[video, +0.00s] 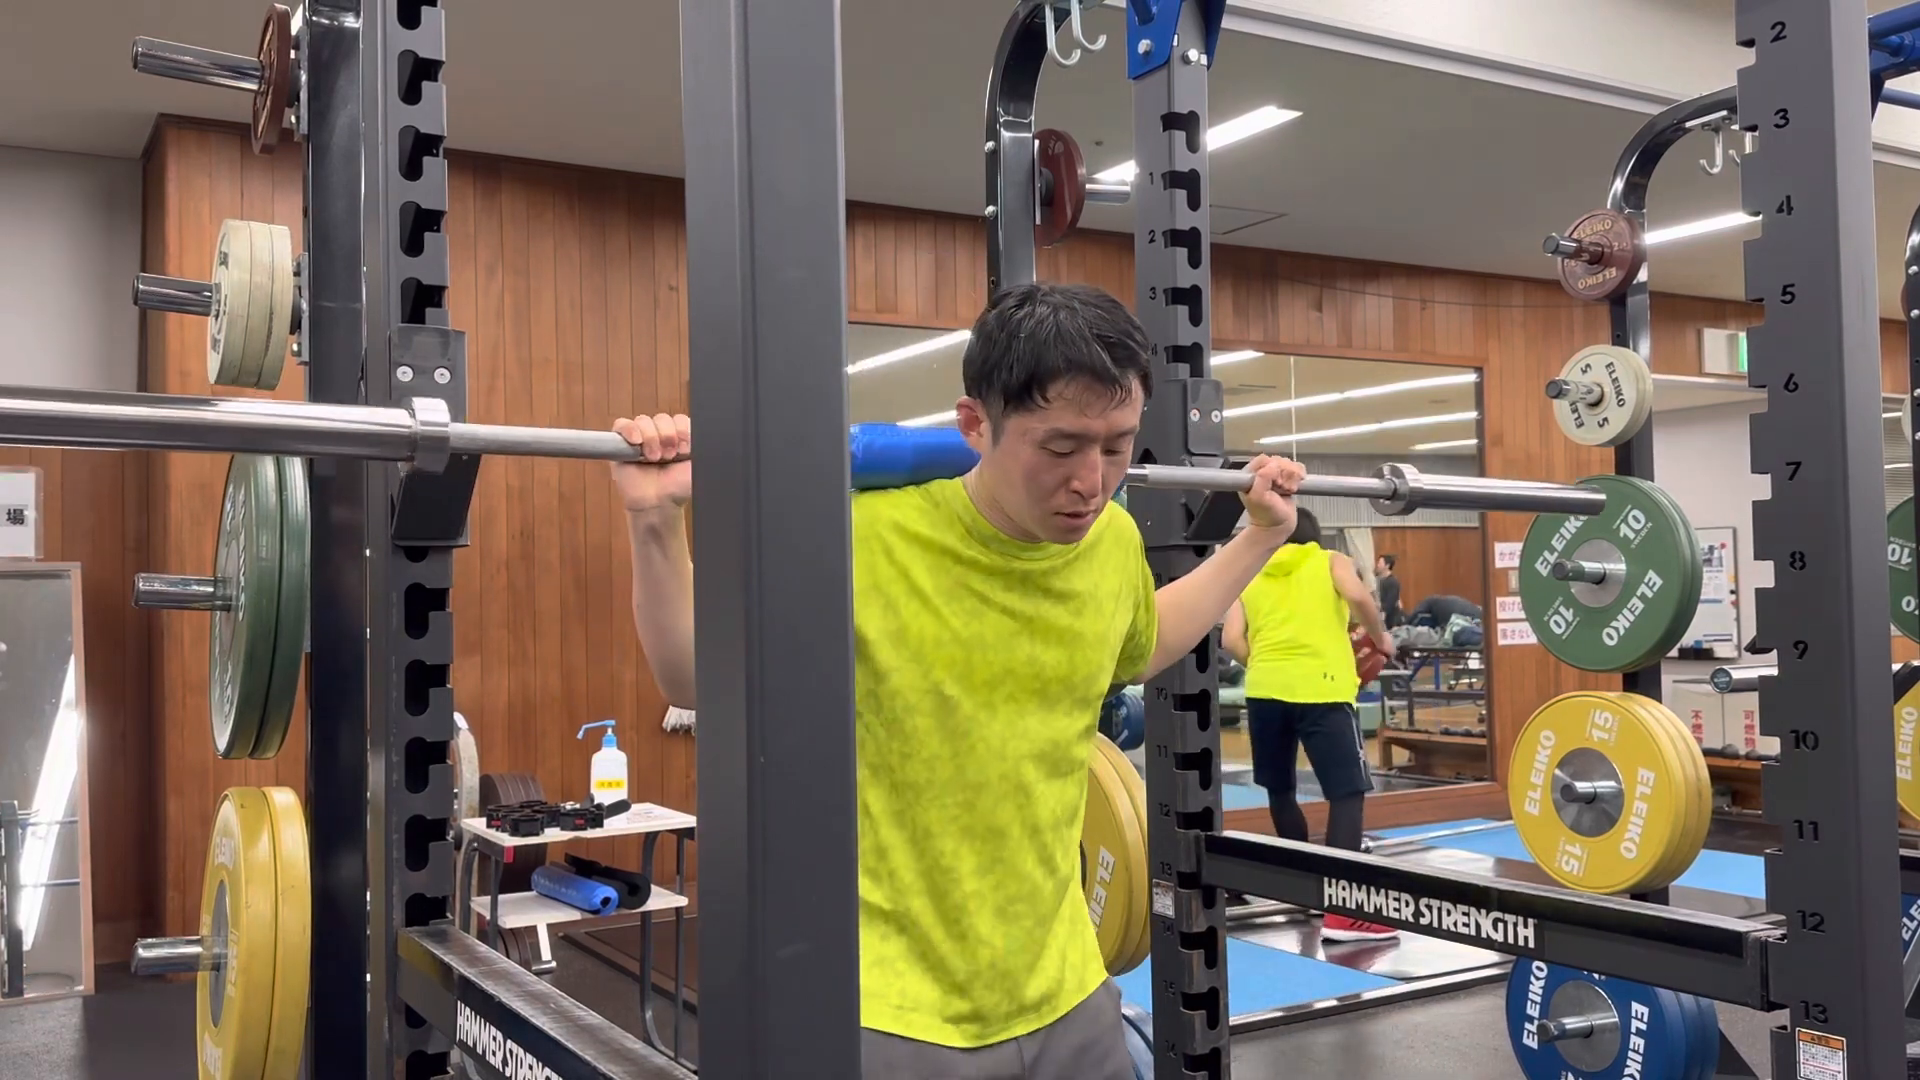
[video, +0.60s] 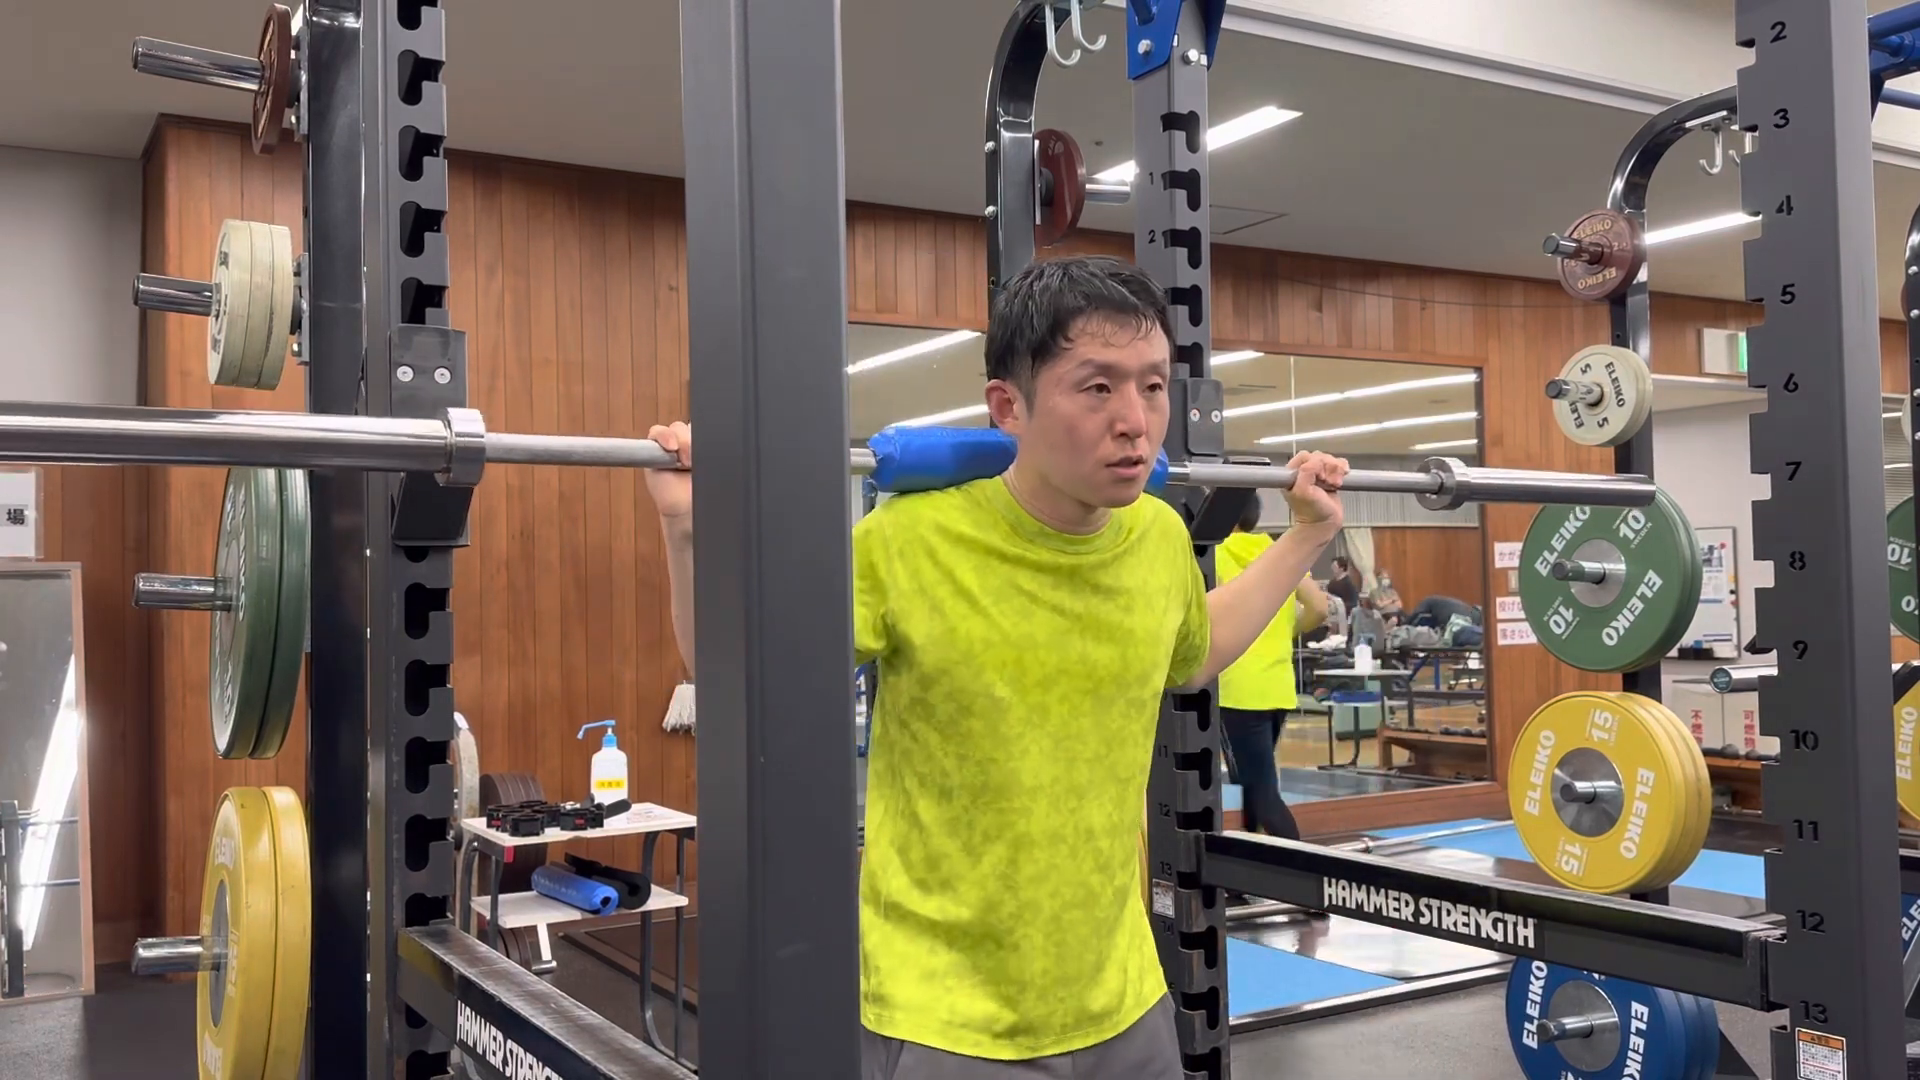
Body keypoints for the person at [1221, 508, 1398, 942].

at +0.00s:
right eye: (1318, 530)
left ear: (1272, 540)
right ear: (1314, 536)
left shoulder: (1249, 576)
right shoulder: (1330, 560)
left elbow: (1231, 639)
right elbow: (1357, 595)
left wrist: (1264, 662)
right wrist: (1379, 635)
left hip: (1264, 693)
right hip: (1323, 692)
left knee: (1280, 796)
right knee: (1346, 797)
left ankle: (1306, 891)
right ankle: (1340, 902)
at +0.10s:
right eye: (1293, 520)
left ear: (1251, 537)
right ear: (1292, 527)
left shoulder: (1238, 573)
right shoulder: (1318, 555)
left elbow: (1224, 637)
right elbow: (1354, 586)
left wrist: (1259, 658)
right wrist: (1373, 626)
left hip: (1264, 688)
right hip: (1323, 684)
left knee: (1281, 794)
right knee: (1346, 793)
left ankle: (1310, 892)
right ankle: (1354, 897)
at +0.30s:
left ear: (1234, 517)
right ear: (1273, 510)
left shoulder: (1222, 557)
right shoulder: (1297, 543)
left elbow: (1213, 615)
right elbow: (1343, 591)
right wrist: (1341, 630)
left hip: (1256, 688)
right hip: (1312, 682)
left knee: (1277, 787)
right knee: (1329, 762)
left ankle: (1301, 872)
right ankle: (1363, 838)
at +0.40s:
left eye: (1225, 513)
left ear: (1232, 518)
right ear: (1267, 513)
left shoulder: (1217, 555)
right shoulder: (1291, 544)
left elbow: (1204, 614)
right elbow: (1339, 598)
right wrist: (1318, 628)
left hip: (1250, 682)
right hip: (1301, 677)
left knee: (1273, 786)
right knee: (1303, 760)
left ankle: (1298, 870)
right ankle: (1342, 839)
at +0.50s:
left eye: (1222, 512)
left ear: (1229, 516)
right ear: (1260, 515)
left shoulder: (1215, 555)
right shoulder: (1284, 550)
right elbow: (1329, 602)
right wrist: (1300, 629)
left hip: (1244, 685)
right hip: (1289, 681)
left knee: (1268, 785)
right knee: (1271, 768)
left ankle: (1299, 872)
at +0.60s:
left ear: (1224, 518)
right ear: (1255, 517)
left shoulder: (1211, 557)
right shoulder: (1275, 552)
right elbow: (1319, 604)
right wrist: (1288, 627)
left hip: (1237, 691)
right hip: (1279, 687)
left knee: (1263, 793)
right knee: (1254, 789)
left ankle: (1304, 876)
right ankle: (1248, 873)